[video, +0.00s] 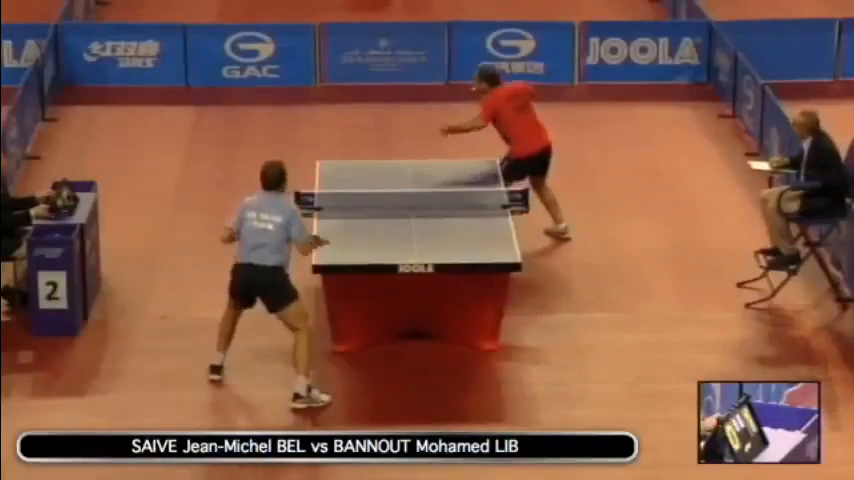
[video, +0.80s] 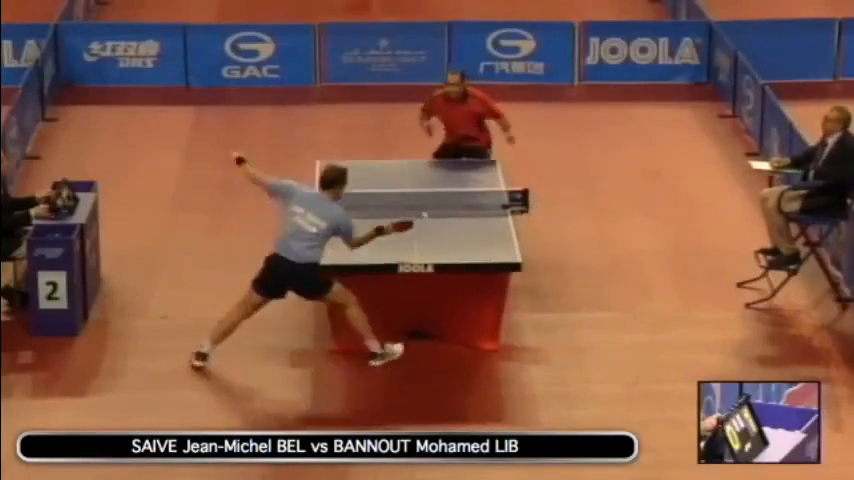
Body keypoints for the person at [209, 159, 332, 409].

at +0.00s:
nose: (285, 181)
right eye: (284, 177)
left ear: (261, 181)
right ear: (284, 182)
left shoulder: (249, 204)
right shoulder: (288, 209)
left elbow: (228, 235)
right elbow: (303, 248)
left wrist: (243, 230)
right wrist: (315, 241)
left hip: (242, 272)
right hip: (272, 275)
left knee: (232, 310)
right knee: (302, 327)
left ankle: (218, 363)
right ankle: (302, 389)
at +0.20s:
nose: (283, 159)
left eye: (279, 155)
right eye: (282, 156)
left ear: (258, 156)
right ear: (279, 158)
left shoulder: (242, 174)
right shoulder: (277, 187)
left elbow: (219, 198)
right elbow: (296, 225)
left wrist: (239, 204)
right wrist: (322, 219)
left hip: (234, 248)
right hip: (261, 253)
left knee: (229, 298)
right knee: (287, 306)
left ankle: (212, 353)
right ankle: (283, 367)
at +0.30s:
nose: (282, 158)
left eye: (281, 153)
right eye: (282, 154)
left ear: (258, 154)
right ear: (278, 158)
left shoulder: (241, 174)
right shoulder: (273, 189)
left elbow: (226, 204)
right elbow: (280, 232)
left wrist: (247, 216)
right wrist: (307, 244)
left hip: (232, 244)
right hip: (256, 252)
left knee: (226, 292)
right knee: (283, 306)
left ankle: (204, 345)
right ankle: (263, 362)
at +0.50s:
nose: (281, 176)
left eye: (279, 172)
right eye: (280, 173)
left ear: (257, 171)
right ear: (276, 176)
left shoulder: (242, 186)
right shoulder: (268, 203)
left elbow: (234, 205)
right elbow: (268, 247)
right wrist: (301, 259)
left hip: (232, 259)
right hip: (258, 265)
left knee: (219, 300)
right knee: (309, 295)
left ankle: (198, 350)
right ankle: (286, 346)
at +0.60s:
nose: (289, 180)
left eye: (288, 176)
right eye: (288, 177)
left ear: (266, 175)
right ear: (284, 180)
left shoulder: (251, 187)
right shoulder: (278, 209)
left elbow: (239, 197)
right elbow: (291, 251)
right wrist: (319, 251)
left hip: (239, 263)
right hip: (266, 268)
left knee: (222, 301)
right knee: (315, 288)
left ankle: (198, 350)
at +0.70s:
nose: (318, 185)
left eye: (316, 179)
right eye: (317, 181)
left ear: (294, 177)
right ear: (314, 184)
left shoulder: (275, 189)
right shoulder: (309, 212)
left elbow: (252, 177)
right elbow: (330, 245)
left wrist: (244, 159)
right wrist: (363, 239)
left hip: (258, 265)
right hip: (287, 271)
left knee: (231, 305)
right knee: (333, 301)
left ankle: (200, 350)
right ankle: (366, 343)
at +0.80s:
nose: (344, 190)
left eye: (342, 185)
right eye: (344, 186)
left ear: (321, 181)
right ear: (340, 188)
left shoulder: (296, 191)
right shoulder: (338, 215)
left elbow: (261, 182)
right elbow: (353, 243)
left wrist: (243, 165)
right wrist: (380, 231)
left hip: (277, 266)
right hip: (307, 273)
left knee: (242, 309)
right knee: (349, 302)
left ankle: (204, 350)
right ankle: (377, 349)